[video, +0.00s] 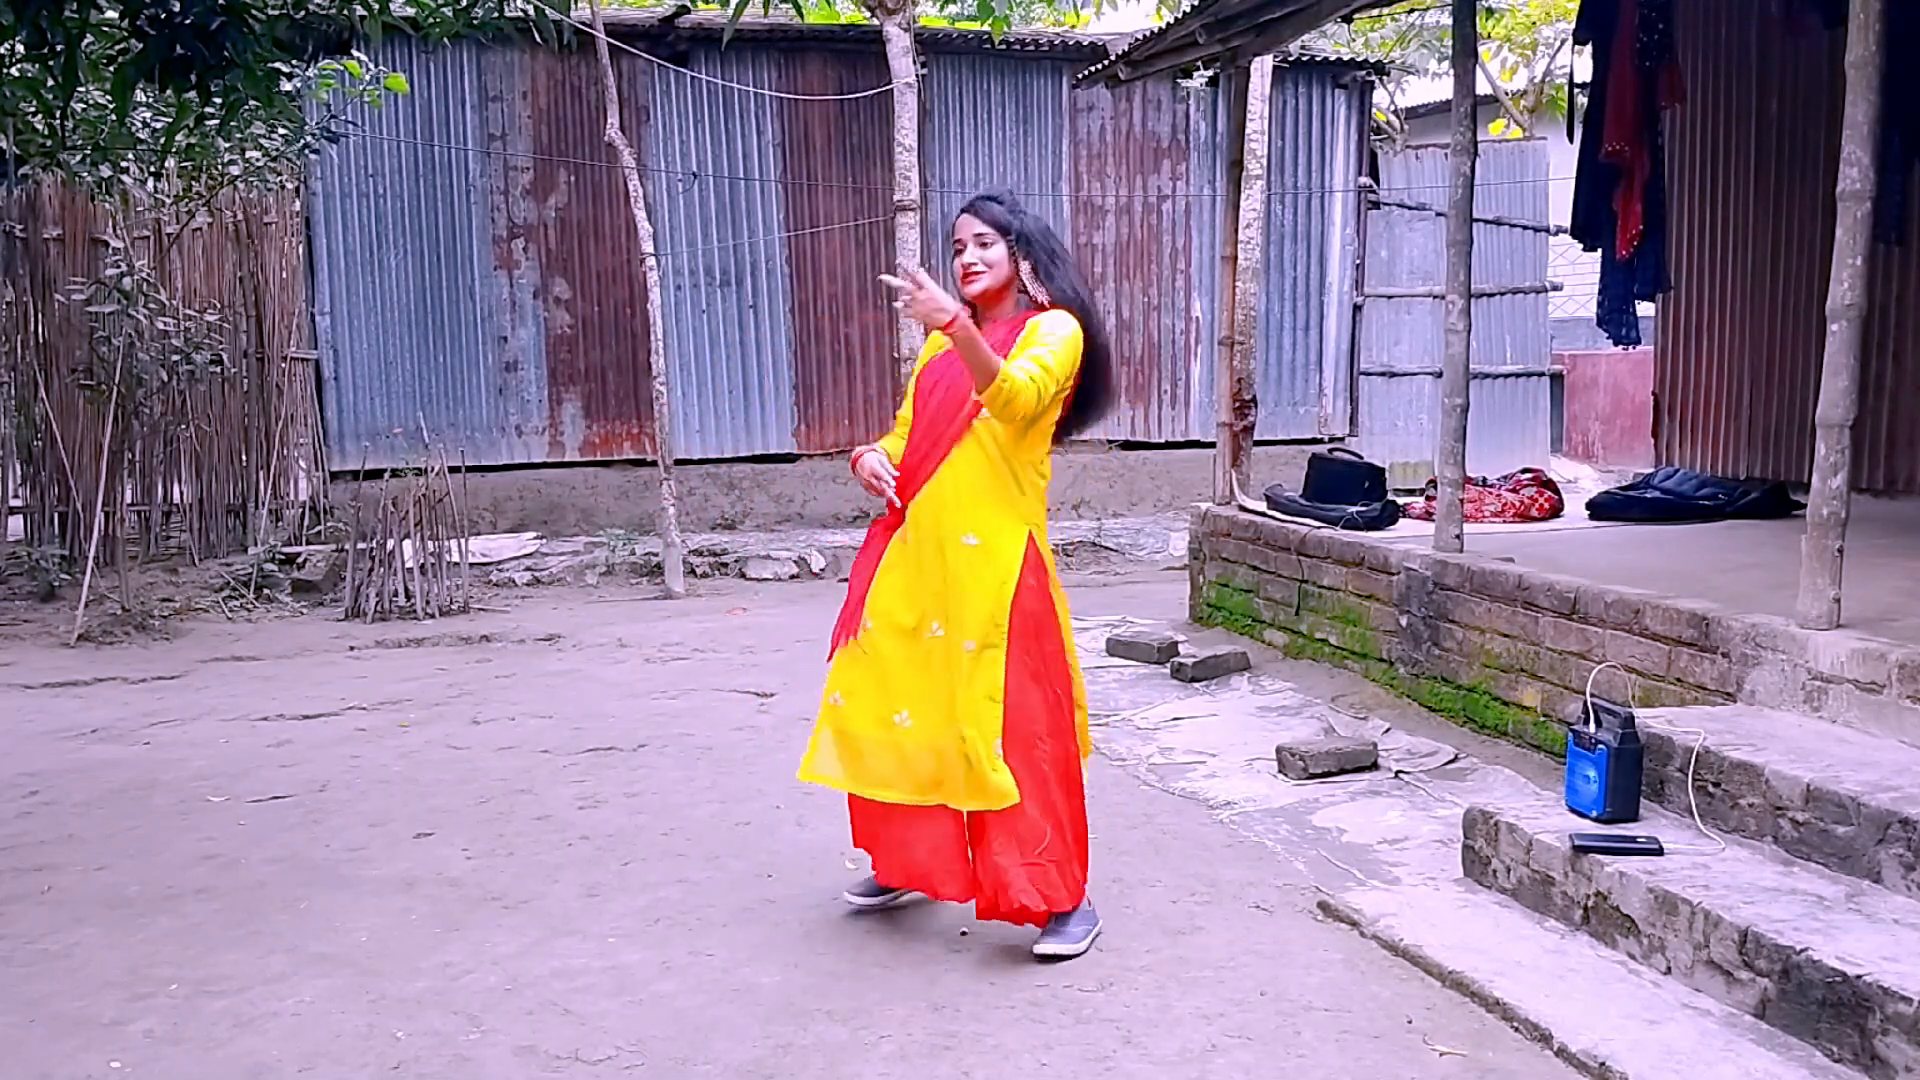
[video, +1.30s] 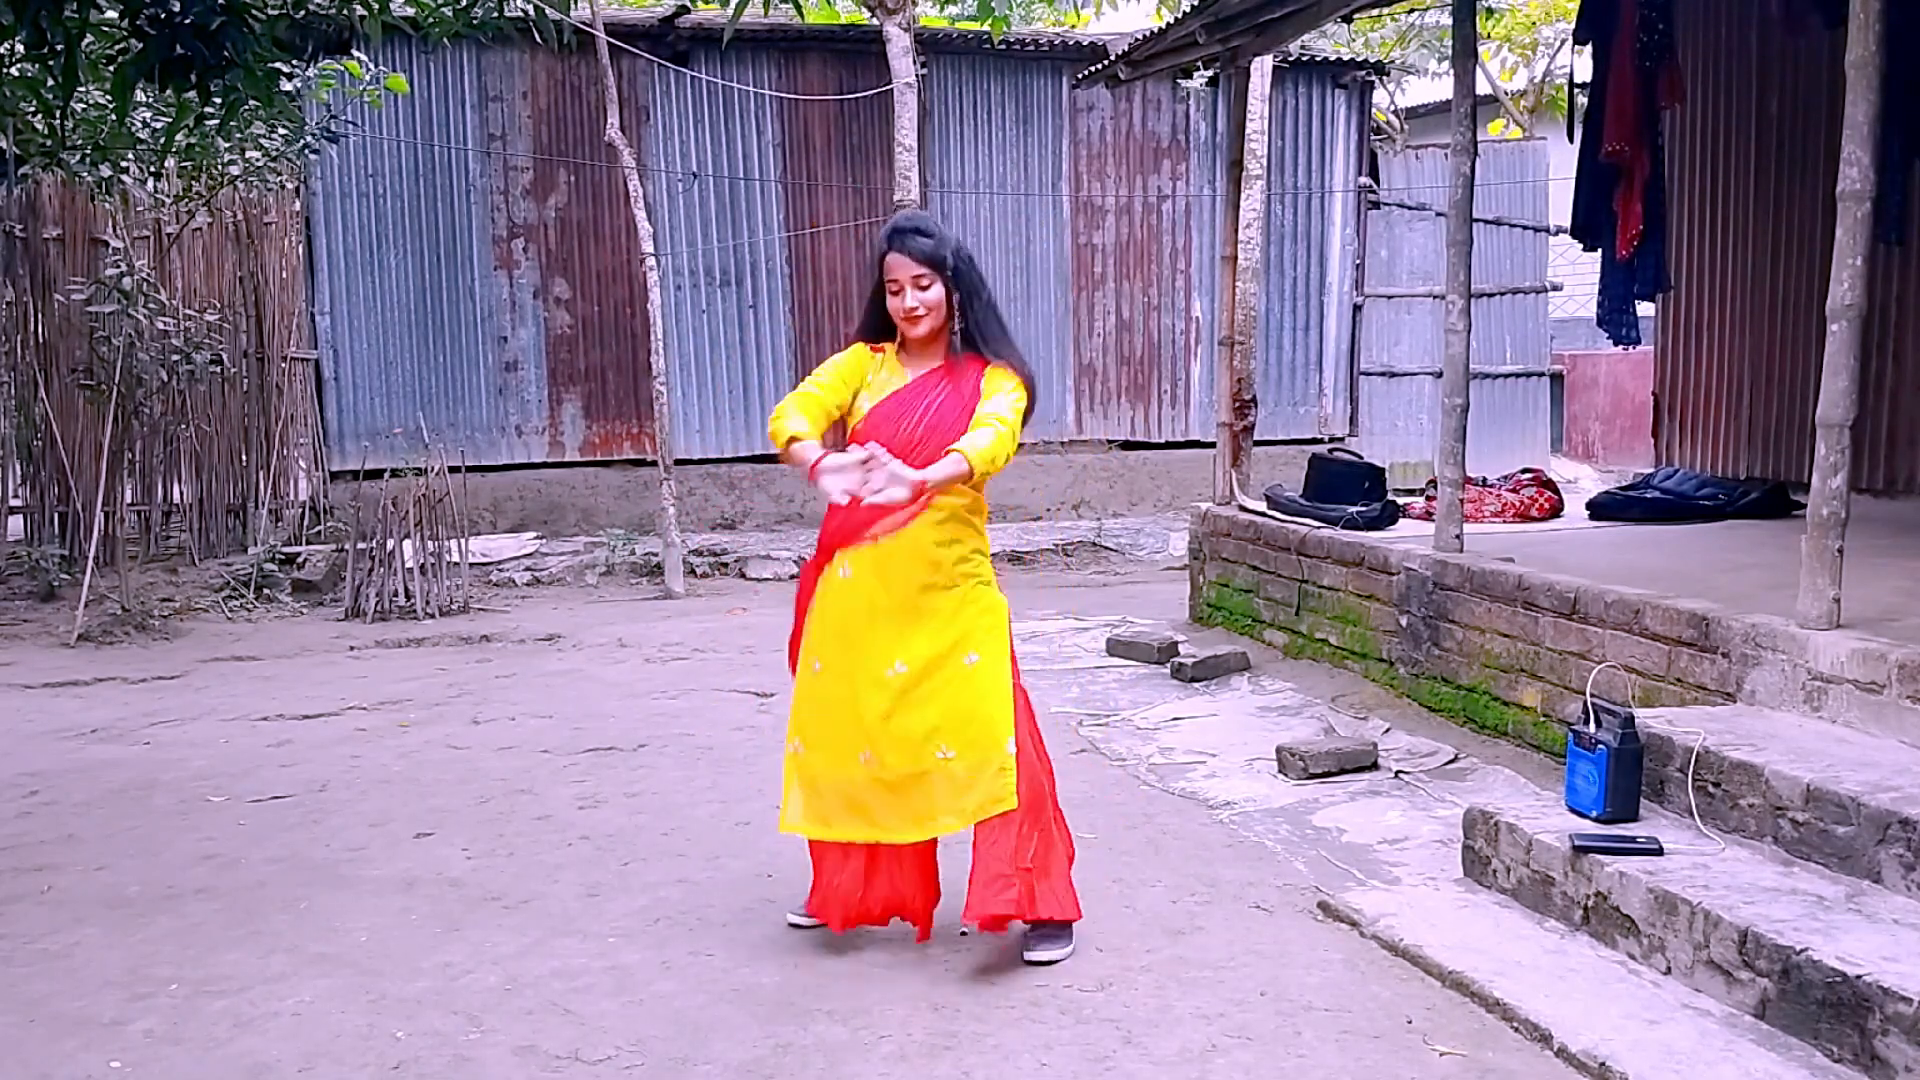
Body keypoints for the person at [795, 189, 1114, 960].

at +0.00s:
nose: (968, 258)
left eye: (983, 243)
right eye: (959, 248)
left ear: (1022, 250)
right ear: (951, 263)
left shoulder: (1055, 328)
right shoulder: (941, 341)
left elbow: (1018, 401)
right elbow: (907, 433)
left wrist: (953, 323)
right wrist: (872, 455)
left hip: (999, 555)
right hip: (917, 550)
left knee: (1027, 725)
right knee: (887, 698)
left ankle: (1066, 900)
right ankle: (903, 860)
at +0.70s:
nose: (929, 227)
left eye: (947, 215)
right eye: (920, 216)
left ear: (984, 230)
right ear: (912, 232)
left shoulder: (1020, 314)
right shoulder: (893, 323)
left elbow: (1041, 391)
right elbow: (818, 414)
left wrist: (940, 324)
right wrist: (864, 349)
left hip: (991, 544)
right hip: (905, 545)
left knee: (1013, 716)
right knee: (902, 702)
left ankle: (1057, 898)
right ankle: (913, 875)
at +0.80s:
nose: (920, 173)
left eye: (940, 157)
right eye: (911, 160)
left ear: (981, 175)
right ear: (901, 179)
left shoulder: (1008, 259)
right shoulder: (886, 264)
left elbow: (1062, 262)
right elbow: (804, 282)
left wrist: (975, 201)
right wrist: (869, 221)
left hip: (978, 482)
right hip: (888, 481)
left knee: (997, 671)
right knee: (867, 659)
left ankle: (1047, 867)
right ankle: (886, 839)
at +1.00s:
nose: (917, 251)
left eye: (933, 233)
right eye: (904, 238)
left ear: (966, 244)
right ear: (892, 253)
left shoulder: (988, 334)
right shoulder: (879, 332)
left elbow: (1028, 315)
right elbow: (847, 299)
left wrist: (1004, 249)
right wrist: (871, 240)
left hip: (977, 531)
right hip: (889, 534)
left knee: (985, 711)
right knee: (842, 698)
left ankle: (1049, 897)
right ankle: (857, 868)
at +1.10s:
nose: (914, 315)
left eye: (927, 300)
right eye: (902, 302)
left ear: (959, 300)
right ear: (891, 310)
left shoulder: (982, 391)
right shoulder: (869, 381)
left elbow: (1005, 382)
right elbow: (843, 374)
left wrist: (999, 349)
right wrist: (897, 333)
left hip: (977, 570)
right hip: (892, 576)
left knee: (994, 738)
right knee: (842, 726)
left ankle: (1050, 899)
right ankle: (851, 874)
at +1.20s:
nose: (912, 332)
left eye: (927, 317)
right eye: (899, 318)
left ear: (956, 325)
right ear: (886, 324)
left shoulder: (978, 406)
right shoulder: (852, 384)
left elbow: (1001, 429)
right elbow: (844, 392)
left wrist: (969, 414)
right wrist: (877, 406)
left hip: (973, 588)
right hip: (882, 596)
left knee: (1000, 745)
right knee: (847, 746)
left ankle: (1030, 913)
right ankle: (845, 903)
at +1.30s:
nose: (909, 302)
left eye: (923, 285)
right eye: (896, 290)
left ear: (954, 286)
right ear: (883, 297)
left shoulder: (994, 379)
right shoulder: (860, 364)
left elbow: (989, 446)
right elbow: (792, 414)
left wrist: (919, 476)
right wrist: (815, 460)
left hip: (951, 586)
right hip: (855, 585)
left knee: (1003, 735)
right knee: (844, 730)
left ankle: (1048, 902)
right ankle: (841, 885)